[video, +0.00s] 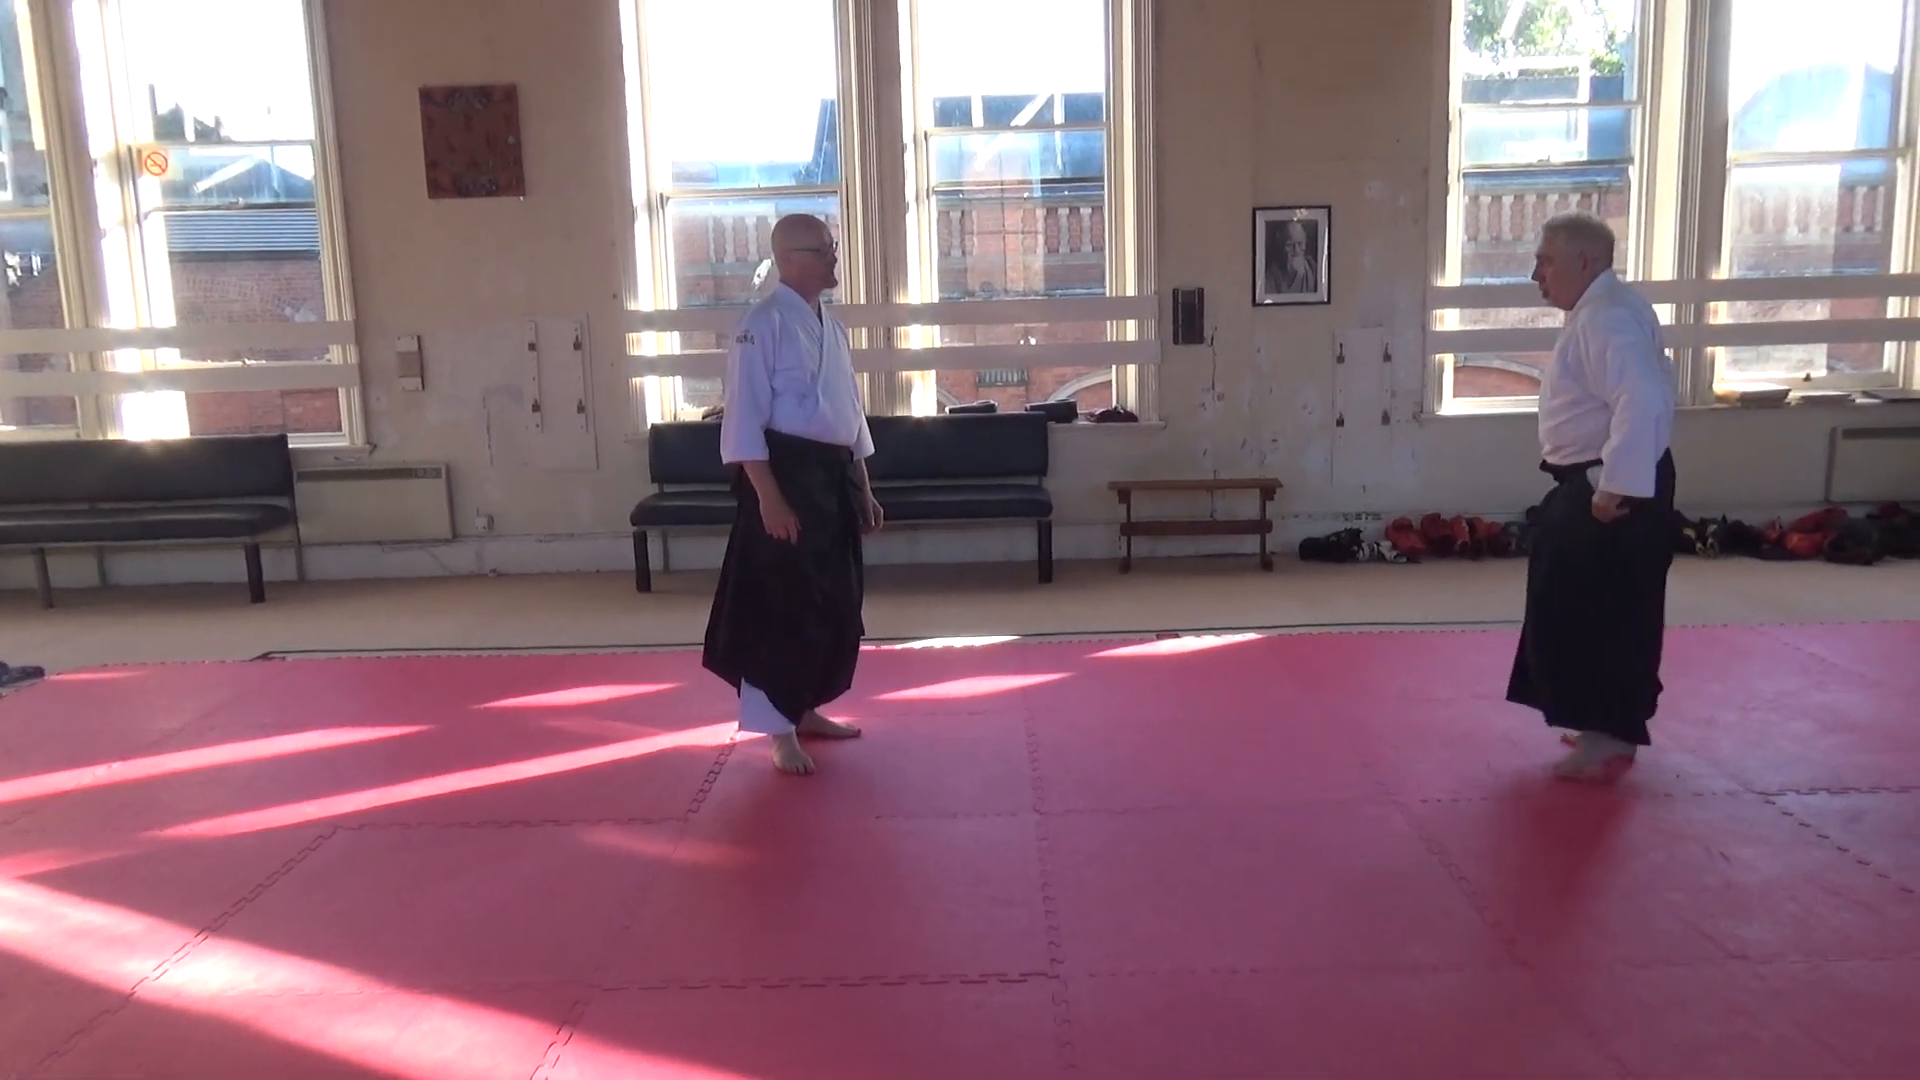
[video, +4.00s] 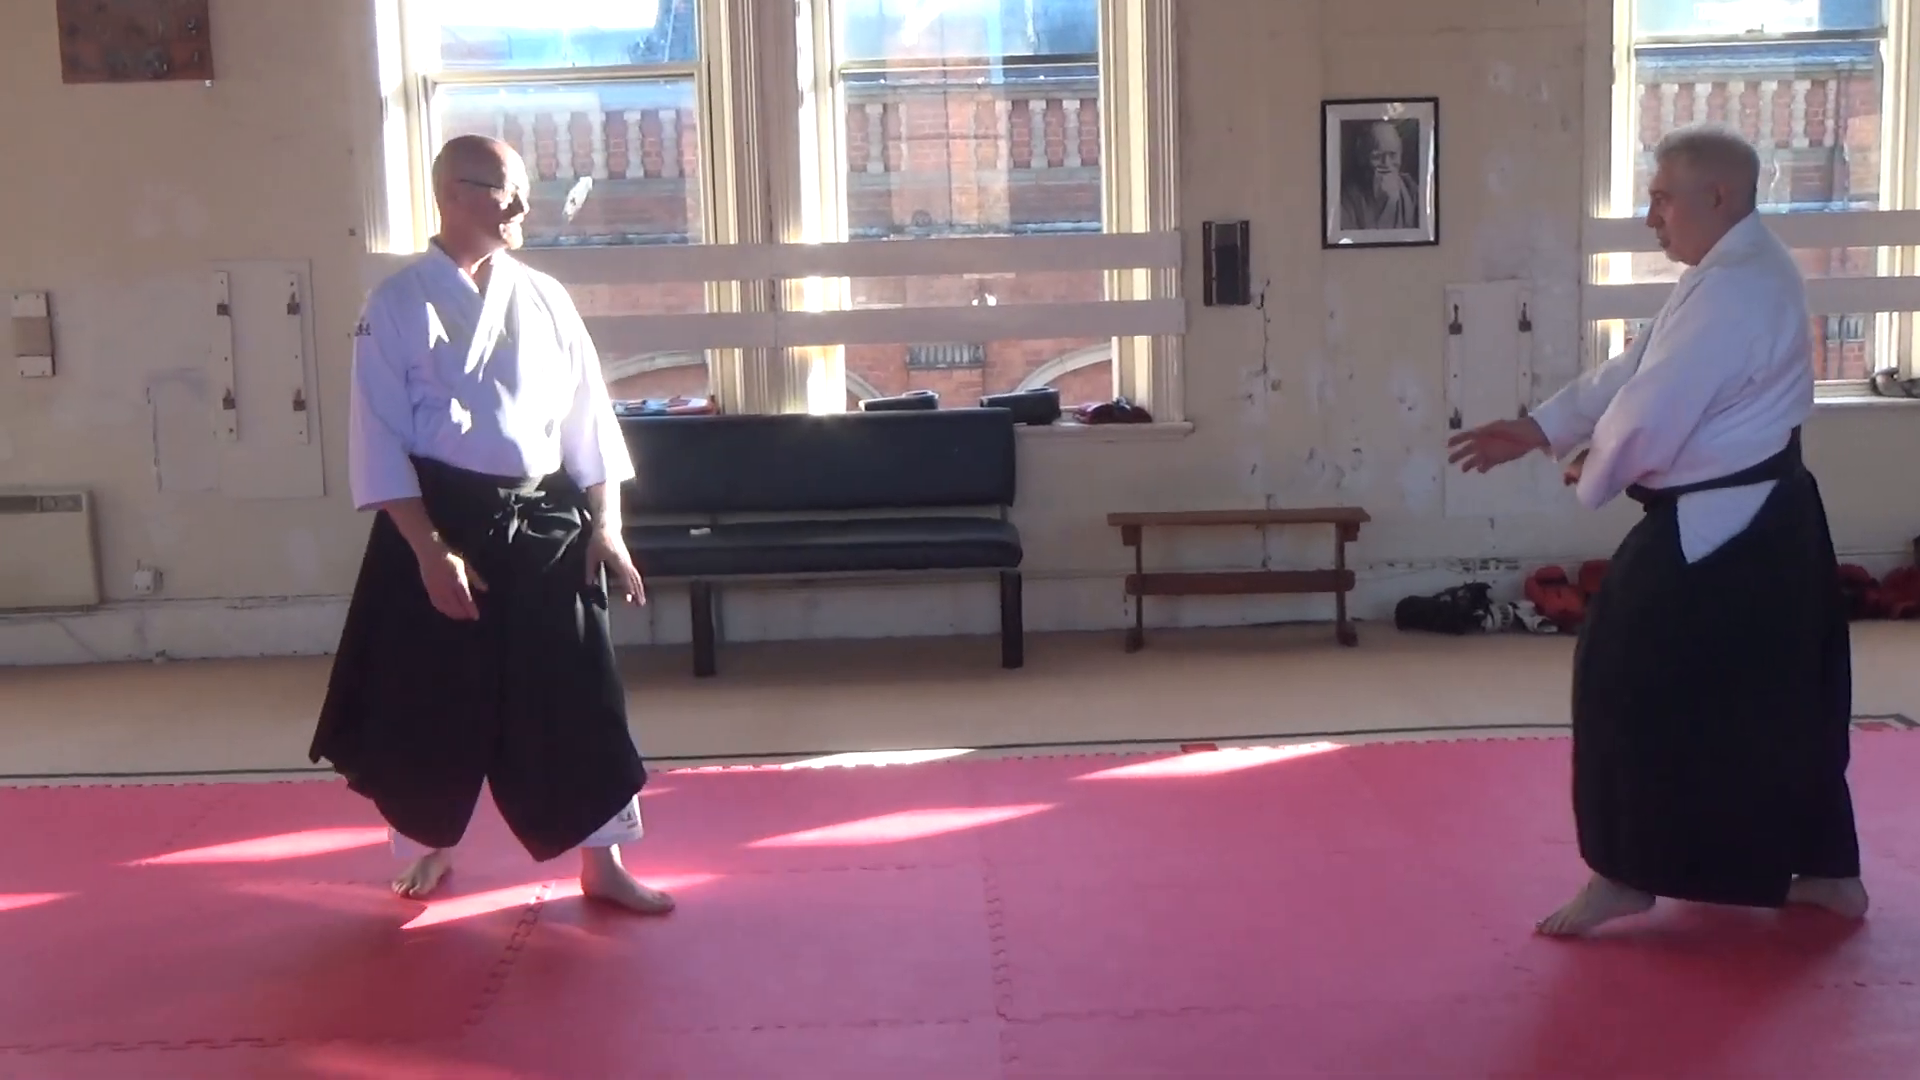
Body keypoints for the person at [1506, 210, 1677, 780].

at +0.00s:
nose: (1537, 274)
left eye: (1545, 262)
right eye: (1538, 262)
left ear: (1584, 261)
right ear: (1584, 262)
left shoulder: (1609, 316)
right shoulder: (1607, 308)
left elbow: (1641, 399)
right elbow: (1649, 394)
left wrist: (1616, 484)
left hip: (1610, 487)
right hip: (1602, 482)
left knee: (1598, 608)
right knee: (1601, 607)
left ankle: (1608, 734)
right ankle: (1607, 728)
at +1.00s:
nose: (1449, 265)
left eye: (1459, 253)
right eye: (1450, 253)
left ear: (1498, 255)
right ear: (1503, 257)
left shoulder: (1511, 315)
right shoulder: (1531, 305)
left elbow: (1509, 419)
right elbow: (1531, 407)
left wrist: (1472, 503)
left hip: (1505, 483)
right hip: (1549, 477)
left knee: (1453, 611)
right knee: (1559, 605)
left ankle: (1442, 740)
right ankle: (1575, 727)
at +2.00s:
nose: (1477, 269)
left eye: (1487, 258)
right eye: (1479, 257)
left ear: (1528, 262)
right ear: (1531, 263)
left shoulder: (1543, 317)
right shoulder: (1556, 309)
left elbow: (1497, 360)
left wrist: (1433, 394)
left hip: (1514, 504)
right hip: (1555, 497)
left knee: (1460, 634)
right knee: (1567, 633)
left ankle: (1451, 776)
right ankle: (1586, 764)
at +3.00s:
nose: (1452, 298)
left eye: (1462, 287)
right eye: (1453, 287)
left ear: (1504, 286)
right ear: (1502, 287)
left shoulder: (1524, 354)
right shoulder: (1499, 347)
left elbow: (1476, 458)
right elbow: (1446, 431)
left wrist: (1427, 508)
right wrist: (1389, 480)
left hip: (1506, 532)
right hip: (1535, 524)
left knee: (1453, 665)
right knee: (1552, 660)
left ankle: (1439, 803)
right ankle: (1577, 791)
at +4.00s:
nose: (1651, 215)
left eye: (1663, 198)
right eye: (1652, 199)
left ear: (1719, 198)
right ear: (1723, 199)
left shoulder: (1728, 290)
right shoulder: (1746, 268)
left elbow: (1642, 423)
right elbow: (1634, 362)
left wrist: (1595, 475)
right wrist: (1537, 427)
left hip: (1710, 520)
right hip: (1770, 509)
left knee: (1616, 673)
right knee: (1794, 695)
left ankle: (1624, 869)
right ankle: (1828, 869)